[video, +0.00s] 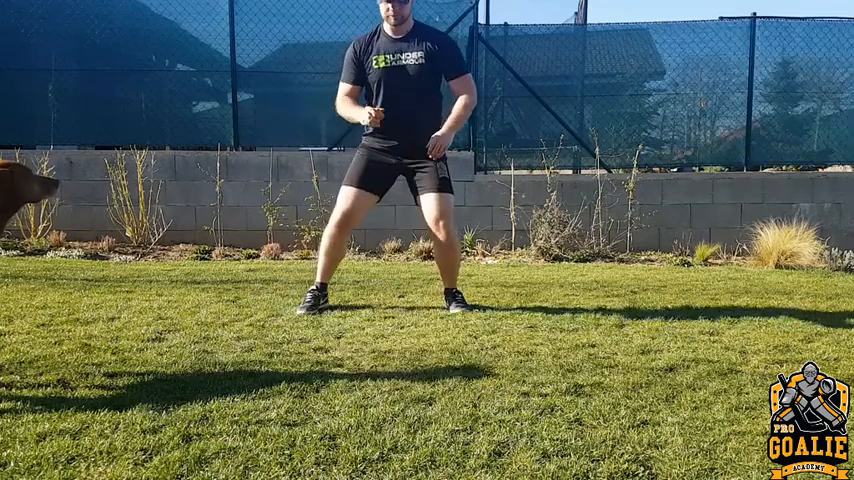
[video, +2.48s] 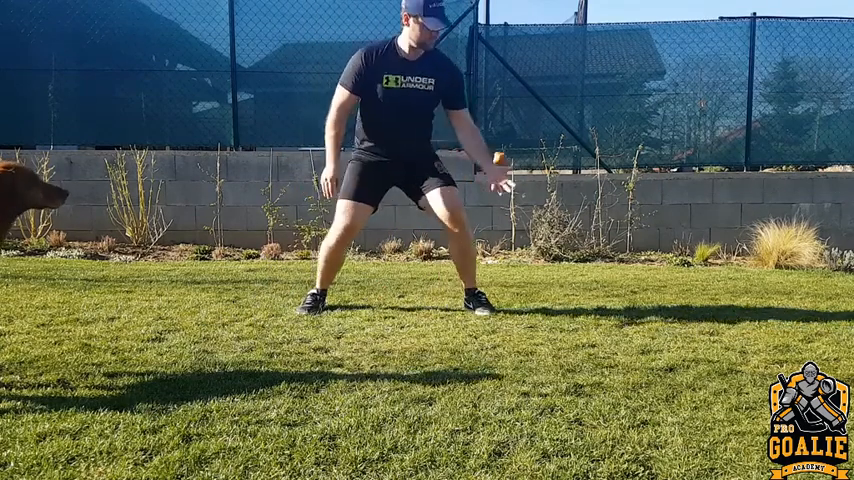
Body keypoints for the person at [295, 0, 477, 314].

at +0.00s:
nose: (393, 8)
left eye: (400, 2)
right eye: (387, 2)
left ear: (411, 4)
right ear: (379, 5)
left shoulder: (438, 42)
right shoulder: (361, 47)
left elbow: (467, 94)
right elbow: (343, 101)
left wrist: (447, 131)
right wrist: (362, 113)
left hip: (425, 148)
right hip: (377, 147)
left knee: (441, 226)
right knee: (342, 216)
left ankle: (452, 293)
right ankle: (318, 290)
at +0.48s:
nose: (389, 17)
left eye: (396, 11)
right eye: (382, 11)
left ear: (406, 9)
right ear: (372, 10)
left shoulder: (428, 48)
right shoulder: (353, 52)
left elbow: (446, 103)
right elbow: (340, 109)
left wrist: (438, 132)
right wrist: (347, 155)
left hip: (415, 148)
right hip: (367, 149)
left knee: (438, 220)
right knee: (337, 221)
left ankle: (452, 293)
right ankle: (318, 293)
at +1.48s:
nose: (361, 28)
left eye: (367, 21)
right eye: (354, 22)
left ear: (378, 13)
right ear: (345, 17)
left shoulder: (406, 47)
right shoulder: (328, 56)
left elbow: (428, 104)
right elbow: (311, 112)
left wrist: (411, 142)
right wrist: (332, 107)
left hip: (398, 147)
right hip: (351, 149)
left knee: (429, 215)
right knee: (329, 219)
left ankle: (452, 291)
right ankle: (317, 293)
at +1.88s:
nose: (376, 20)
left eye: (383, 14)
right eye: (369, 14)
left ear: (393, 12)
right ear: (360, 14)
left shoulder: (419, 50)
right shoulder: (342, 53)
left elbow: (438, 104)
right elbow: (331, 106)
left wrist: (425, 140)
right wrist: (356, 127)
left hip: (405, 148)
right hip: (358, 148)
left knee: (433, 218)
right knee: (333, 219)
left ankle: (452, 291)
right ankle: (317, 293)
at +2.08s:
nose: (382, 19)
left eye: (389, 13)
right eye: (375, 13)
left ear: (397, 12)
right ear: (365, 12)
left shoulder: (421, 51)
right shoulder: (343, 53)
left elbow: (439, 104)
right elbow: (327, 112)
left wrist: (431, 136)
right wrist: (320, 162)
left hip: (405, 151)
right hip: (357, 152)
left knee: (434, 219)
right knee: (333, 223)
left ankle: (452, 291)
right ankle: (317, 293)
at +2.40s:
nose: (416, 30)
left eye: (420, 23)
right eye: (410, 22)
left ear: (424, 20)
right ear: (388, 16)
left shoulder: (431, 63)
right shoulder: (354, 56)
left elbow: (449, 118)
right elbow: (327, 109)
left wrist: (471, 161)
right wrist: (319, 160)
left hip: (411, 154)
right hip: (363, 154)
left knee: (446, 216)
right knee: (338, 224)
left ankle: (464, 290)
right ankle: (317, 293)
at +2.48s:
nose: (435, 35)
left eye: (439, 29)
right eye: (429, 27)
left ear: (443, 27)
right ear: (407, 19)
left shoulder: (444, 70)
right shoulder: (369, 58)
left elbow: (465, 125)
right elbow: (338, 111)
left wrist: (488, 166)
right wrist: (331, 163)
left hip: (420, 158)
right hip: (372, 156)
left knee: (455, 216)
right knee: (345, 226)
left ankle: (473, 294)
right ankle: (318, 293)